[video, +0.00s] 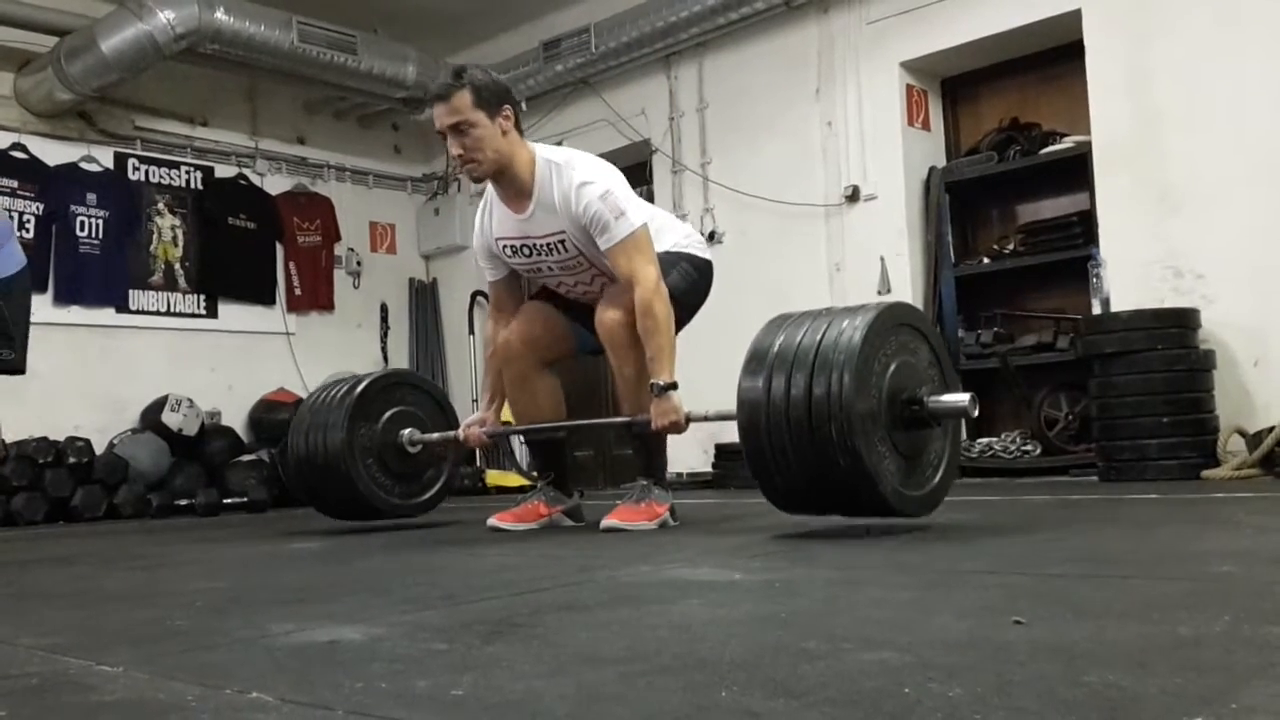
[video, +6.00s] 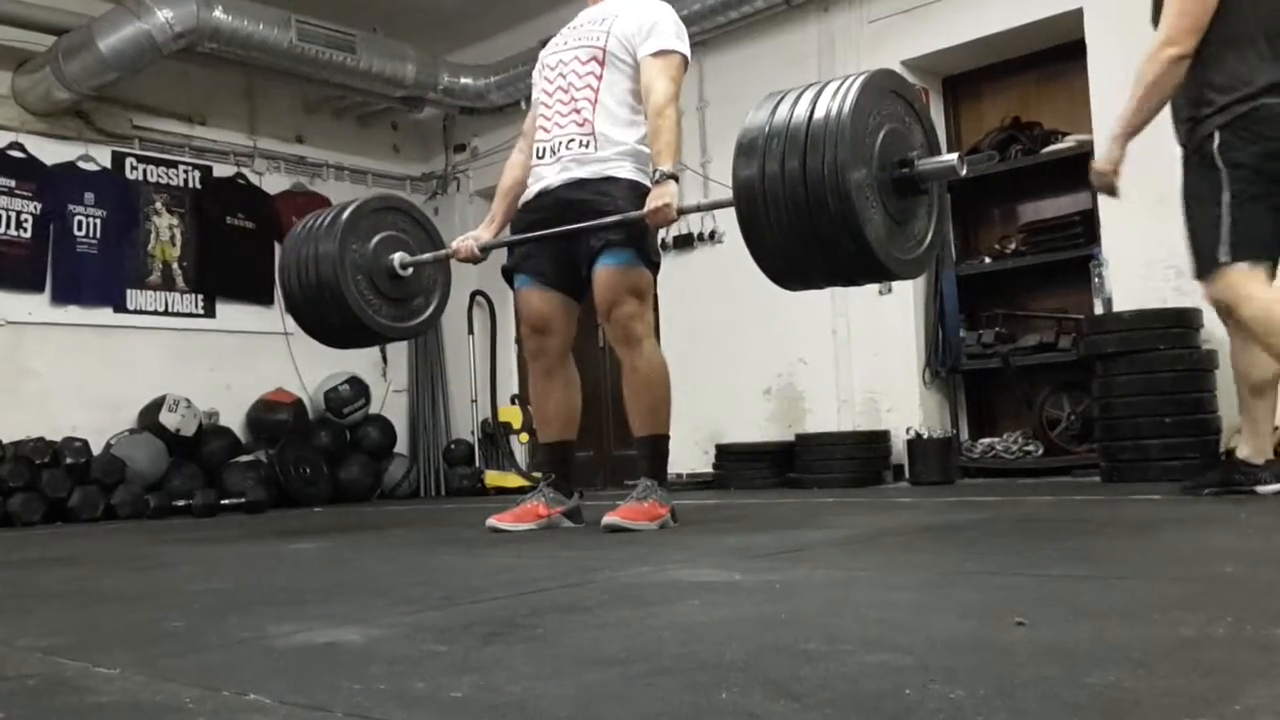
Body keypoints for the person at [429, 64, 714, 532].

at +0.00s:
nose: (453, 149)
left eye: (463, 130)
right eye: (445, 137)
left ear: (506, 120)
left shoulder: (587, 184)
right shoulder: (488, 227)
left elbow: (646, 281)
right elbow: (504, 316)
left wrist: (664, 388)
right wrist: (491, 407)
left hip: (672, 264)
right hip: (591, 293)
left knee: (615, 318)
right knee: (514, 343)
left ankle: (652, 491)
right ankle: (558, 494)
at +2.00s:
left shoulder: (641, 8)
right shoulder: (540, 45)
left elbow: (660, 92)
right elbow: (525, 145)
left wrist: (670, 175)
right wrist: (496, 228)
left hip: (625, 188)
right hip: (552, 203)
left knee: (634, 319)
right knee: (547, 332)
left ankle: (654, 487)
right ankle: (557, 492)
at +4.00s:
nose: (459, 183)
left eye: (465, 164)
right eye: (449, 174)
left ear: (504, 145)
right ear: (444, 175)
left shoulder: (589, 195)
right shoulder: (492, 231)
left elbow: (651, 295)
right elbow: (507, 325)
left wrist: (676, 400)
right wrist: (498, 417)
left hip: (676, 261)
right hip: (598, 292)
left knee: (628, 319)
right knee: (523, 343)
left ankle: (656, 490)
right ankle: (558, 494)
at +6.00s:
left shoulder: (648, 12)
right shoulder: (552, 50)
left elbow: (661, 98)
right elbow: (526, 144)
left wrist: (665, 176)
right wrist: (489, 228)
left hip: (612, 183)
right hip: (542, 197)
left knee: (627, 322)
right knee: (541, 336)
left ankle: (652, 488)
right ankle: (557, 493)